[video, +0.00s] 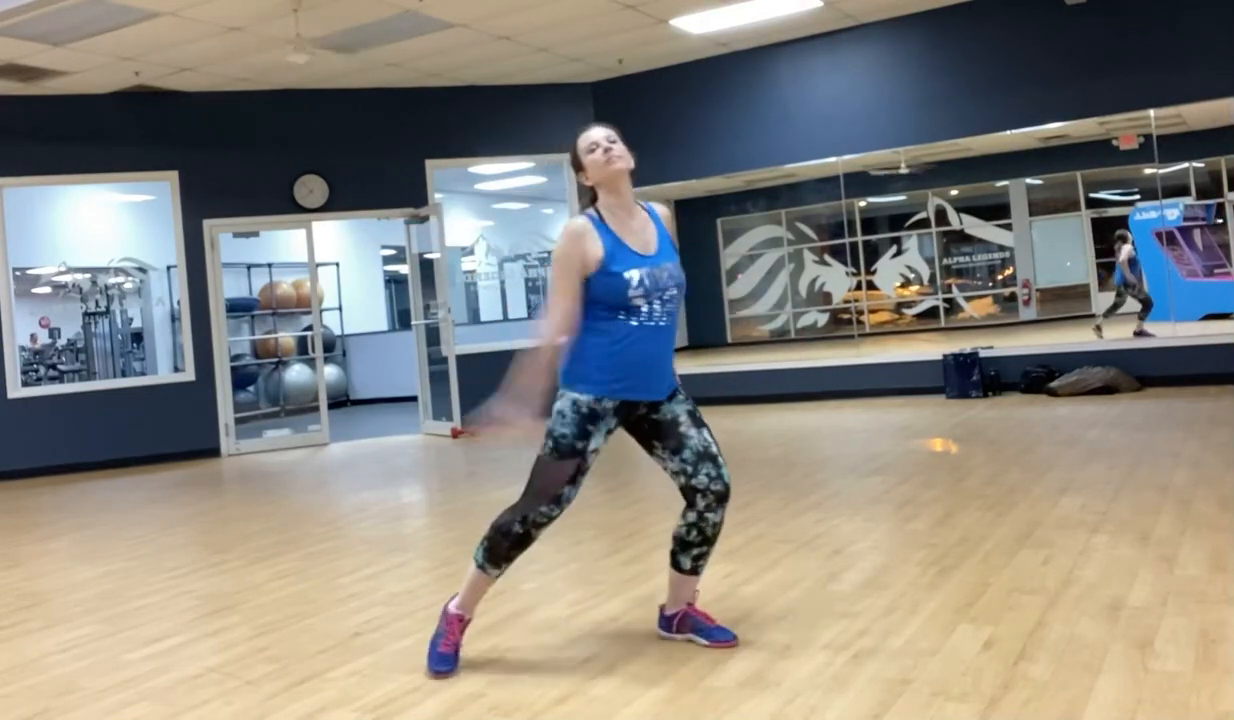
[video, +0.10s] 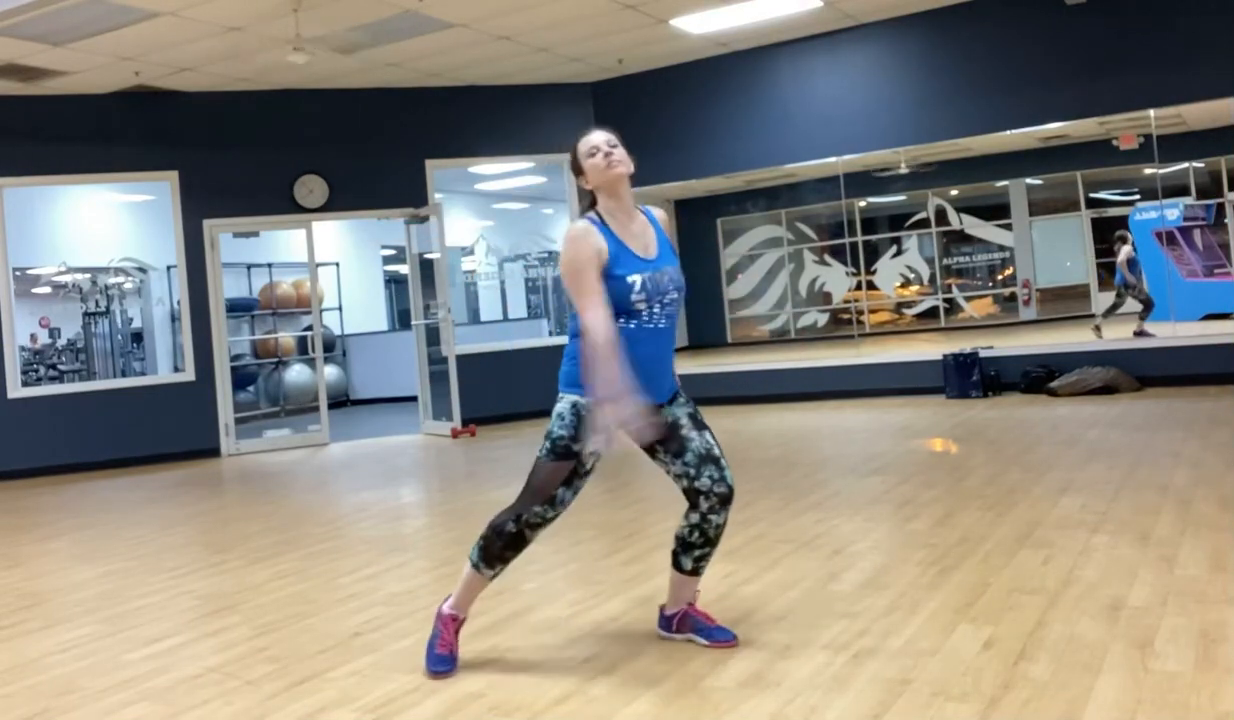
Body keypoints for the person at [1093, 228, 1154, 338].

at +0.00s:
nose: (1131, 236)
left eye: (1130, 234)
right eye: (1129, 235)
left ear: (1120, 239)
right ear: (1126, 238)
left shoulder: (1120, 248)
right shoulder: (1127, 247)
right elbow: (1122, 261)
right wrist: (1129, 277)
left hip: (1121, 283)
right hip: (1129, 283)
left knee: (1118, 303)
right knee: (1148, 303)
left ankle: (1099, 324)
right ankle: (1139, 328)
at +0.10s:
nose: (1131, 236)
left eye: (1129, 235)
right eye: (1129, 235)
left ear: (1120, 240)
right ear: (1126, 238)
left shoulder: (1121, 249)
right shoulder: (1127, 248)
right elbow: (1120, 261)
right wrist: (1128, 276)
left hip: (1121, 284)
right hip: (1129, 283)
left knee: (1118, 303)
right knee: (1149, 303)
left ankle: (1098, 323)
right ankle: (1139, 328)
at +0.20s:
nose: (1130, 237)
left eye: (1129, 235)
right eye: (1128, 236)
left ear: (1119, 241)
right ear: (1126, 239)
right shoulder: (1126, 249)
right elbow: (1120, 262)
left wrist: (1163, 257)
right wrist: (1128, 277)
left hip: (1122, 284)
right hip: (1129, 284)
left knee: (1117, 304)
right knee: (1149, 304)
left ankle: (1097, 323)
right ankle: (1139, 328)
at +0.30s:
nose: (1130, 237)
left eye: (1128, 236)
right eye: (1127, 236)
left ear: (1120, 241)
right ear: (1125, 239)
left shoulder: (1129, 250)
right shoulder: (1125, 249)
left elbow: (1146, 249)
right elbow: (1119, 262)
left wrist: (1164, 247)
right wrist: (1128, 278)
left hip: (1124, 284)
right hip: (1129, 284)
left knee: (1117, 304)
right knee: (1150, 304)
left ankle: (1097, 323)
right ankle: (1139, 328)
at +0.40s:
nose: (1129, 237)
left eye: (1128, 235)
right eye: (1127, 235)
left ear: (1120, 241)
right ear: (1124, 239)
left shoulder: (1130, 248)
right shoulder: (1125, 249)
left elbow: (1143, 240)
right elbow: (1118, 262)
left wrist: (1155, 234)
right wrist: (1128, 277)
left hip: (1124, 284)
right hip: (1130, 284)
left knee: (1119, 303)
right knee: (1150, 304)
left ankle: (1098, 322)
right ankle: (1139, 328)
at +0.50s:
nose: (1129, 238)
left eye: (1128, 236)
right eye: (1127, 237)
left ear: (1119, 242)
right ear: (1125, 239)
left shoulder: (1127, 248)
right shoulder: (1125, 249)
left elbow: (1134, 235)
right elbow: (1118, 262)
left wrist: (1141, 224)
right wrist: (1127, 277)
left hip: (1127, 285)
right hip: (1131, 285)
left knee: (1120, 304)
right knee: (1151, 304)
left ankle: (1099, 321)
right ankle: (1140, 328)